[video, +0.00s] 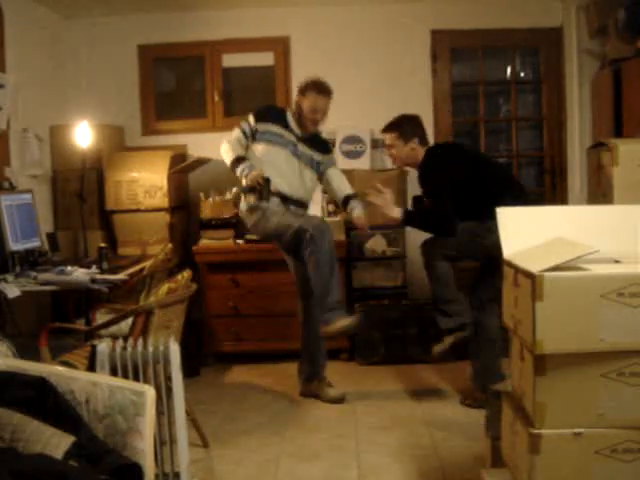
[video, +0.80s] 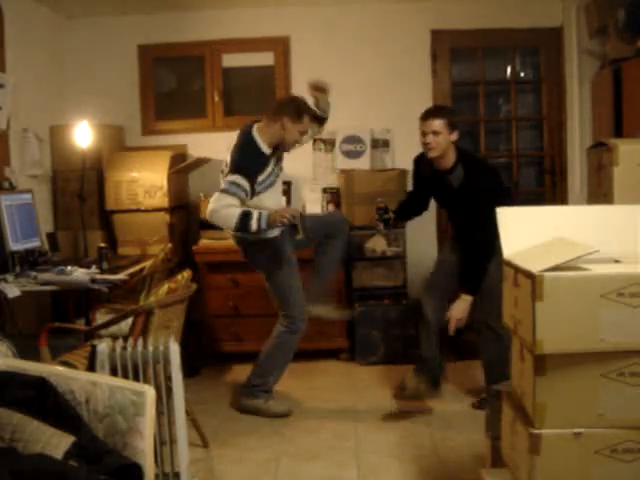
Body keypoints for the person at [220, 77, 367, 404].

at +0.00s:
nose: (316, 118)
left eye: (322, 112)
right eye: (312, 110)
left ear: (327, 111)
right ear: (297, 102)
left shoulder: (321, 148)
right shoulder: (269, 119)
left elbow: (335, 179)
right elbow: (231, 144)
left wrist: (353, 205)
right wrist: (245, 170)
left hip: (296, 216)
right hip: (260, 207)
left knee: (312, 289)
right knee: (316, 228)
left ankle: (313, 378)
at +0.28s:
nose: (299, 125)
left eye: (304, 119)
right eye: (294, 118)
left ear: (309, 115)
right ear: (277, 109)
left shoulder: (310, 143)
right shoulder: (248, 132)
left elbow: (322, 191)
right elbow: (223, 170)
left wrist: (323, 231)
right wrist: (244, 173)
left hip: (306, 221)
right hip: (269, 217)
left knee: (310, 290)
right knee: (315, 268)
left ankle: (282, 367)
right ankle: (356, 337)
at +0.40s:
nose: (300, 138)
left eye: (303, 132)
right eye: (296, 131)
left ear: (304, 127)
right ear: (279, 119)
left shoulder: (297, 147)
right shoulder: (247, 145)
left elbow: (310, 180)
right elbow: (220, 187)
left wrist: (323, 189)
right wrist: (246, 185)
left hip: (306, 233)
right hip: (273, 236)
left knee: (318, 304)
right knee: (307, 304)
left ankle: (285, 371)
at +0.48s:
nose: (294, 114)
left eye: (297, 108)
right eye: (291, 107)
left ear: (295, 103)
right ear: (273, 98)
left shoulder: (288, 123)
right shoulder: (243, 132)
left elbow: (310, 127)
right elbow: (217, 181)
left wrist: (323, 129)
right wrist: (247, 177)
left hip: (304, 220)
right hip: (274, 223)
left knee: (308, 299)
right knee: (300, 298)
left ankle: (285, 370)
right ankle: (296, 381)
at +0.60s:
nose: (291, 109)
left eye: (294, 103)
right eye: (288, 102)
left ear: (281, 96)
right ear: (269, 93)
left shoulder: (273, 114)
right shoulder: (245, 126)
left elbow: (292, 102)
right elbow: (214, 179)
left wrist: (304, 89)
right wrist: (254, 179)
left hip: (297, 214)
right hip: (273, 219)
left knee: (332, 273)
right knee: (292, 298)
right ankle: (263, 385)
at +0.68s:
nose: (296, 121)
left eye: (300, 114)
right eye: (294, 112)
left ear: (284, 106)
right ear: (275, 102)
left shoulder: (272, 127)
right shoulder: (248, 136)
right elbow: (215, 189)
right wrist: (257, 193)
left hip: (293, 221)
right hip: (272, 229)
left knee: (339, 259)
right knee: (288, 312)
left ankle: (270, 274)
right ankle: (256, 390)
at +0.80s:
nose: (301, 139)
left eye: (304, 135)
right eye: (300, 132)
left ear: (284, 120)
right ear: (282, 120)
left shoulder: (273, 138)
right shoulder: (249, 157)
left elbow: (308, 131)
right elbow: (218, 211)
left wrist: (321, 105)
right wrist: (268, 217)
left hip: (283, 226)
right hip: (265, 241)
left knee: (337, 224)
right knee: (295, 319)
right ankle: (254, 392)